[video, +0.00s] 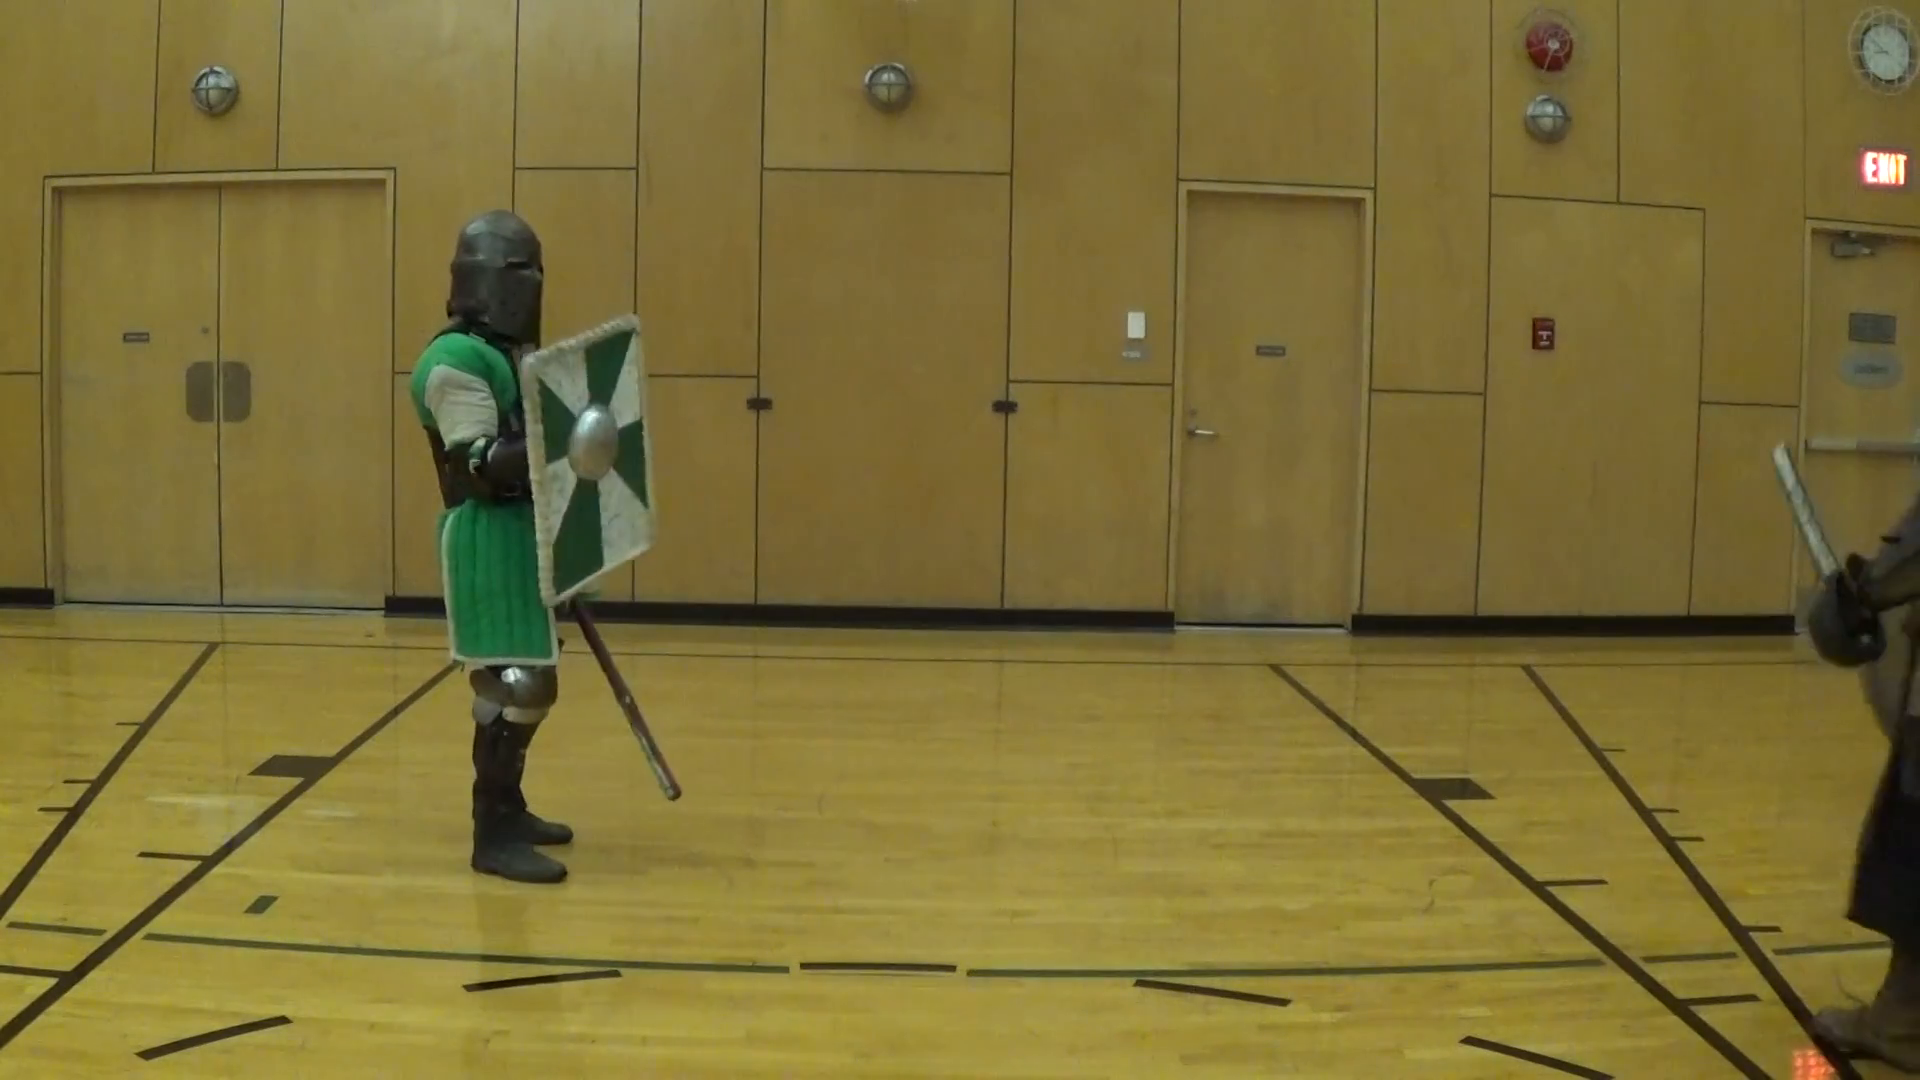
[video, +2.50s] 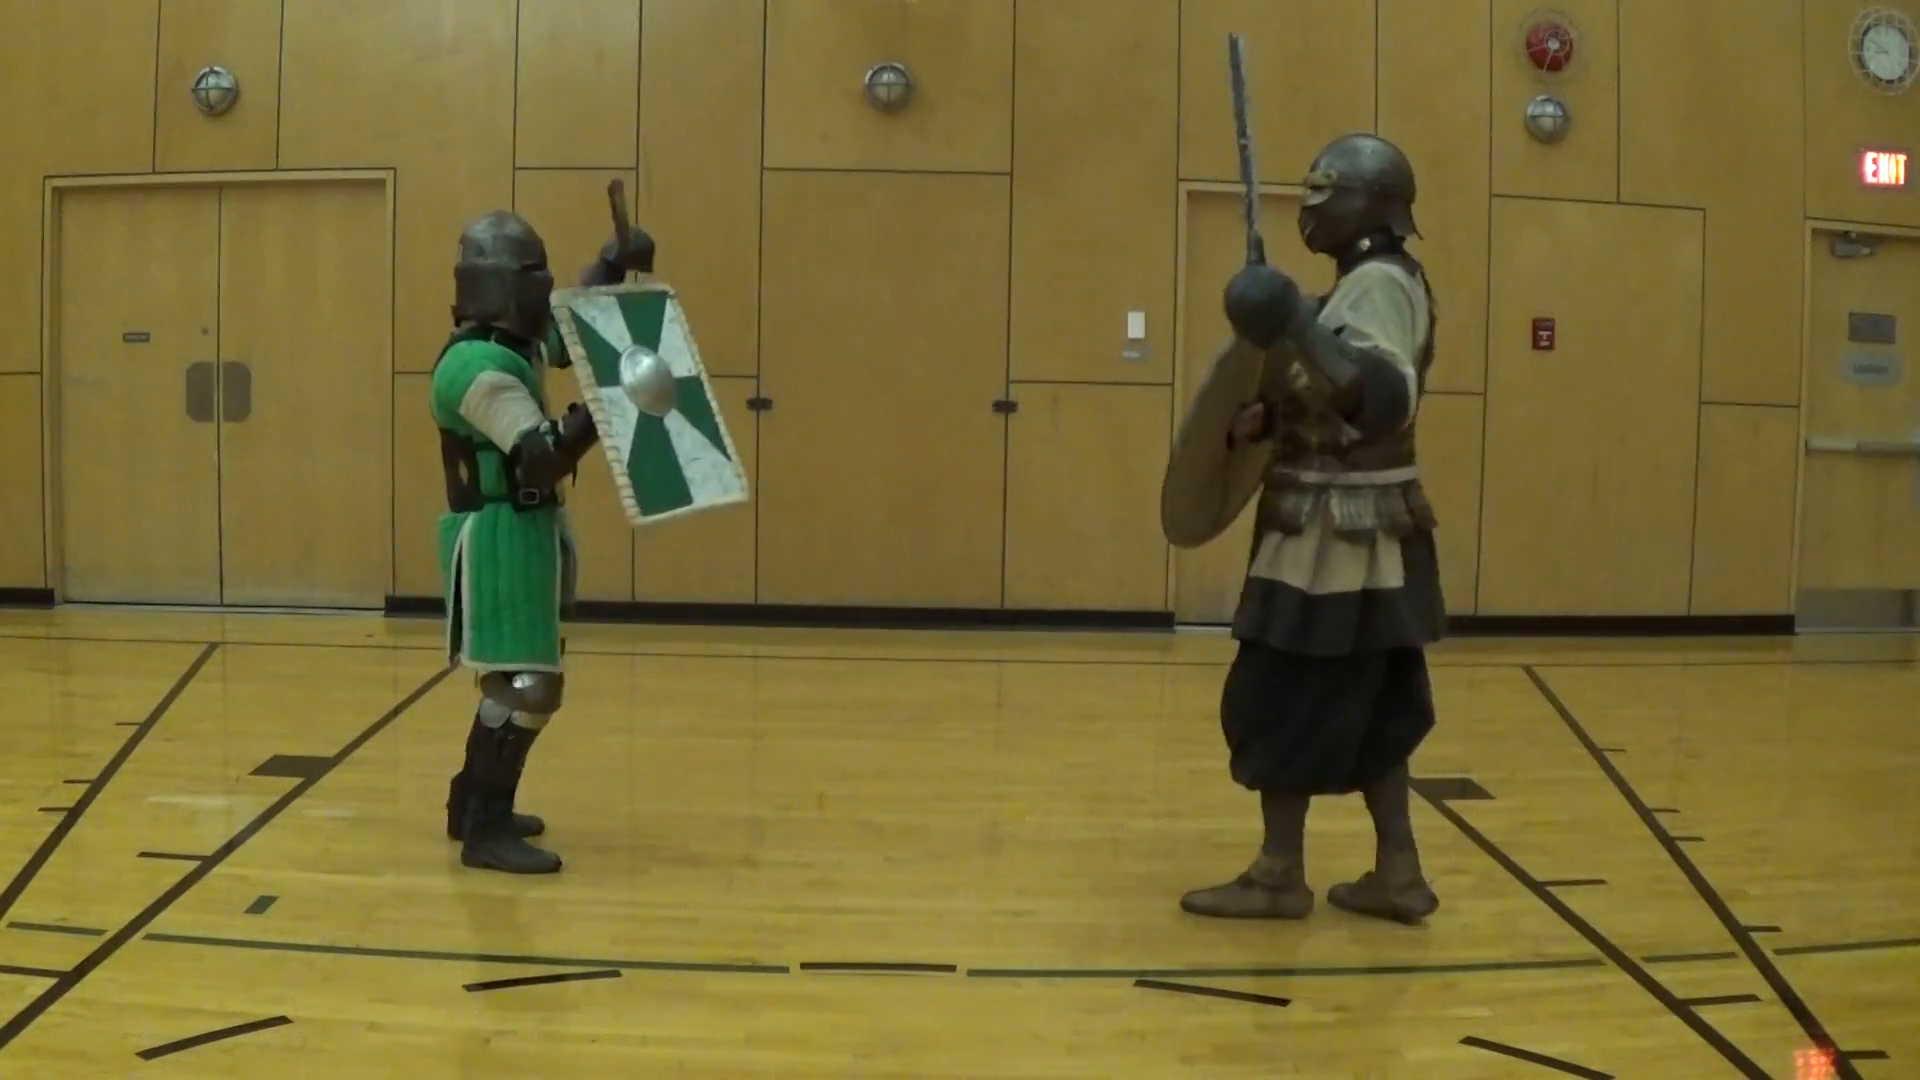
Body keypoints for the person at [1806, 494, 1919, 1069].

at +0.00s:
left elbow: (1905, 559)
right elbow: (1904, 551)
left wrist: (1854, 592)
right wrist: (1859, 585)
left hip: (1915, 724)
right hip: (1910, 721)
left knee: (1907, 853)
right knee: (1904, 851)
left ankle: (1899, 1015)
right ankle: (1898, 1012)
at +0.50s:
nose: (1800, 208)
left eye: (1818, 192)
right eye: (1806, 189)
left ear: (1876, 209)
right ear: (1880, 211)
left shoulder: (1876, 307)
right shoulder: (1896, 297)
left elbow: (1888, 477)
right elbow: (1885, 471)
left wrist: (1864, 632)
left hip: (1821, 631)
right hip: (1887, 632)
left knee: (1741, 785)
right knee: (1903, 823)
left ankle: (1679, 953)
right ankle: (1901, 1009)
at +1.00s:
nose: (1615, 205)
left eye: (1629, 190)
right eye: (1621, 188)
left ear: (1667, 203)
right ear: (1711, 206)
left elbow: (1640, 485)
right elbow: (1774, 472)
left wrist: (1584, 609)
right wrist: (1670, 483)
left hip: (1652, 588)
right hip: (1724, 580)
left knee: (1624, 751)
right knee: (1700, 738)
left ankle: (1624, 940)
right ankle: (1777, 893)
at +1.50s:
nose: (1496, 211)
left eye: (1512, 196)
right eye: (1500, 194)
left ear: (1565, 211)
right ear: (1568, 212)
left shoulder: (1573, 299)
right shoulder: (1593, 291)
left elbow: (1573, 454)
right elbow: (1632, 450)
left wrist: (1466, 522)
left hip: (1558, 573)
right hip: (1539, 568)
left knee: (1580, 746)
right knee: (1485, 719)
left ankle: (1619, 937)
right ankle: (1431, 873)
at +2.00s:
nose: (1391, 215)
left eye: (1408, 200)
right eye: (1395, 200)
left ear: (1459, 213)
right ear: (1453, 216)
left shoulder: (1484, 291)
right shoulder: (1453, 293)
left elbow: (1515, 419)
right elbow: (1449, 411)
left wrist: (1392, 435)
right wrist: (1362, 434)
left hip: (1429, 543)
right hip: (1427, 537)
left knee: (1367, 717)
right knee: (1427, 705)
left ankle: (1502, 859)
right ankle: (1407, 880)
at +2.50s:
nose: (1307, 205)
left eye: (1324, 191)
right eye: (1311, 190)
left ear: (1374, 205)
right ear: (1372, 208)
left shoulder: (1379, 285)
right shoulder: (1367, 282)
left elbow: (1384, 401)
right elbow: (1345, 390)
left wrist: (1297, 324)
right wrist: (1274, 415)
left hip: (1332, 531)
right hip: (1365, 529)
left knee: (1280, 695)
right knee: (1375, 700)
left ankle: (1278, 870)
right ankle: (1399, 871)